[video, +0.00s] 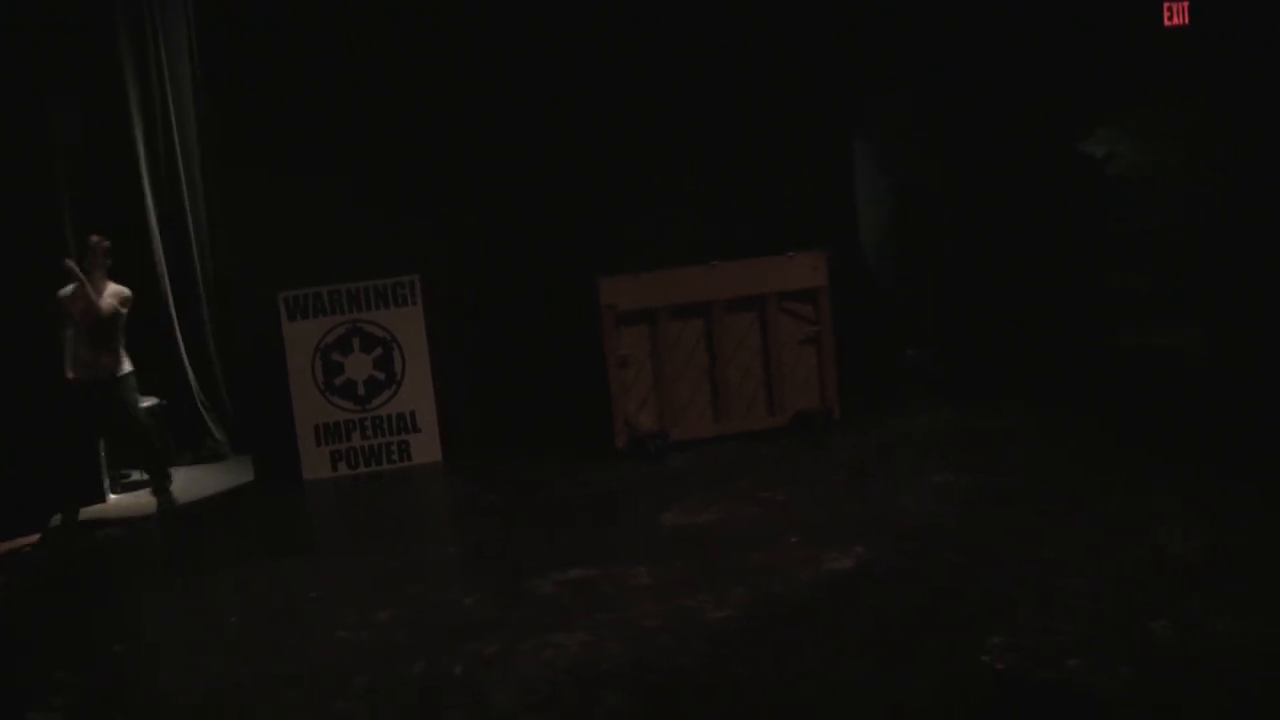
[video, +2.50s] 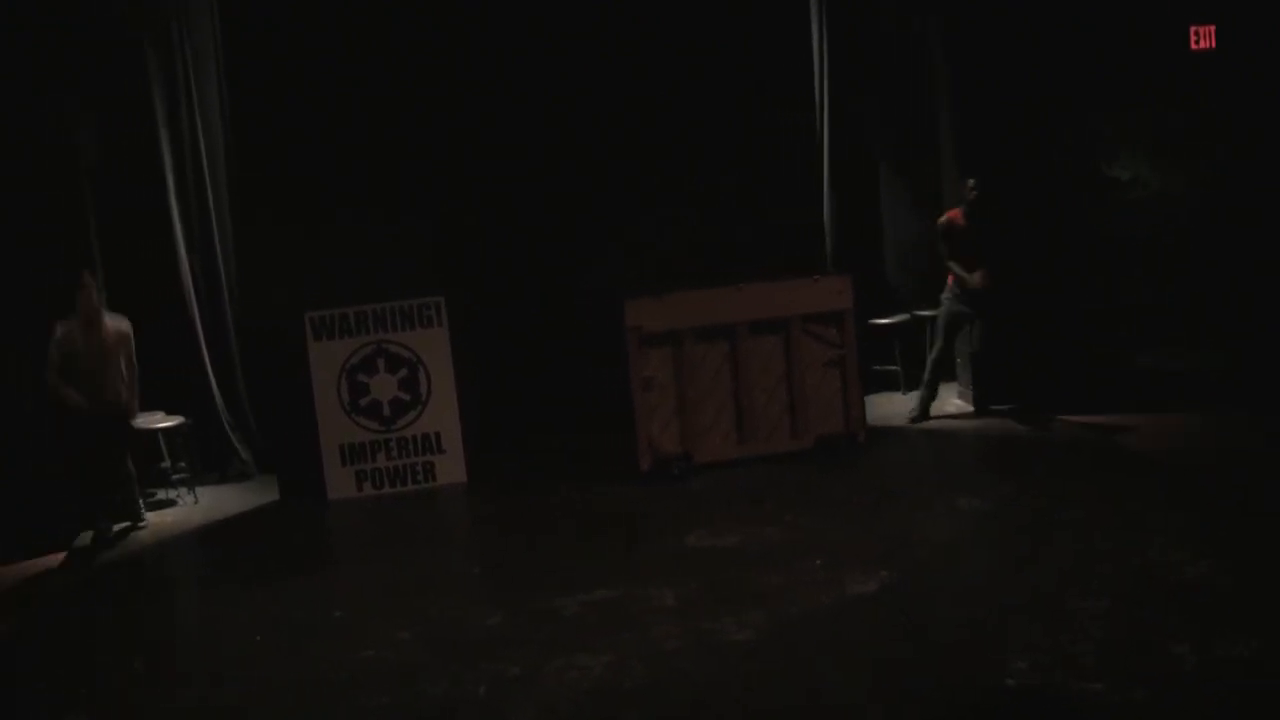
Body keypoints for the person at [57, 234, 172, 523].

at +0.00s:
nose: (102, 260)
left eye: (105, 254)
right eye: (97, 254)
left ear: (110, 258)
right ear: (86, 258)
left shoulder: (121, 293)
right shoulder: (68, 296)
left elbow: (101, 312)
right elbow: (64, 336)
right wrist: (68, 370)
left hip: (118, 375)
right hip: (83, 379)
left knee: (134, 429)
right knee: (77, 442)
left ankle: (161, 487)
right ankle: (70, 508)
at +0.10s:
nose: (84, 269)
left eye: (88, 263)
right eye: (80, 263)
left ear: (94, 265)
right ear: (69, 266)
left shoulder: (107, 295)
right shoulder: (54, 304)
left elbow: (112, 329)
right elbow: (48, 345)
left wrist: (86, 313)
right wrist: (49, 376)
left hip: (106, 375)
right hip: (72, 380)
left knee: (117, 431)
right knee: (72, 441)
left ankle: (138, 490)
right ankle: (70, 505)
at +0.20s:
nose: (65, 271)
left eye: (69, 265)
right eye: (60, 266)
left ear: (79, 267)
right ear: (54, 270)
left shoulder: (101, 300)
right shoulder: (44, 308)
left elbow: (114, 332)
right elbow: (37, 344)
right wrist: (40, 372)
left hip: (96, 381)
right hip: (61, 385)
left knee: (106, 439)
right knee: (62, 446)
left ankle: (129, 493)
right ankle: (64, 509)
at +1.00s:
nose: (36, 303)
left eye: (40, 297)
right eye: (31, 298)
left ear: (50, 299)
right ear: (25, 303)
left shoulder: (71, 328)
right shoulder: (18, 338)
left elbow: (89, 363)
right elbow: (17, 380)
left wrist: (96, 400)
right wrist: (21, 410)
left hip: (72, 400)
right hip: (39, 406)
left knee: (69, 445)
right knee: (44, 457)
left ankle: (105, 506)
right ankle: (55, 521)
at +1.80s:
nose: (48, 339)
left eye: (52, 334)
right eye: (44, 335)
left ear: (62, 337)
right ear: (39, 339)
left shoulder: (81, 370)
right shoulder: (36, 375)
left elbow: (89, 408)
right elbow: (34, 419)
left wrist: (87, 440)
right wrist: (39, 452)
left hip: (82, 433)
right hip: (55, 436)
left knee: (82, 459)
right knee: (57, 465)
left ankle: (110, 513)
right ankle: (69, 525)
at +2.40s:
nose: (90, 344)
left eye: (95, 337)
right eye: (86, 338)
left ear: (104, 340)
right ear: (79, 341)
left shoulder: (122, 368)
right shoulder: (69, 373)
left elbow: (133, 404)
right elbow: (61, 409)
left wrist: (132, 435)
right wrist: (70, 433)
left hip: (115, 426)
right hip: (83, 429)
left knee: (120, 468)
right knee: (90, 474)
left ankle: (130, 510)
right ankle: (97, 521)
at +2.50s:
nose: (88, 297)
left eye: (91, 290)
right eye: (83, 291)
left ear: (100, 294)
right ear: (76, 297)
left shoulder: (121, 327)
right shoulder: (66, 331)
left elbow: (131, 366)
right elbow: (55, 373)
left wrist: (132, 399)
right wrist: (71, 397)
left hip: (116, 405)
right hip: (84, 408)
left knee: (121, 460)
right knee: (92, 465)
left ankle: (134, 511)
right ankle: (100, 521)